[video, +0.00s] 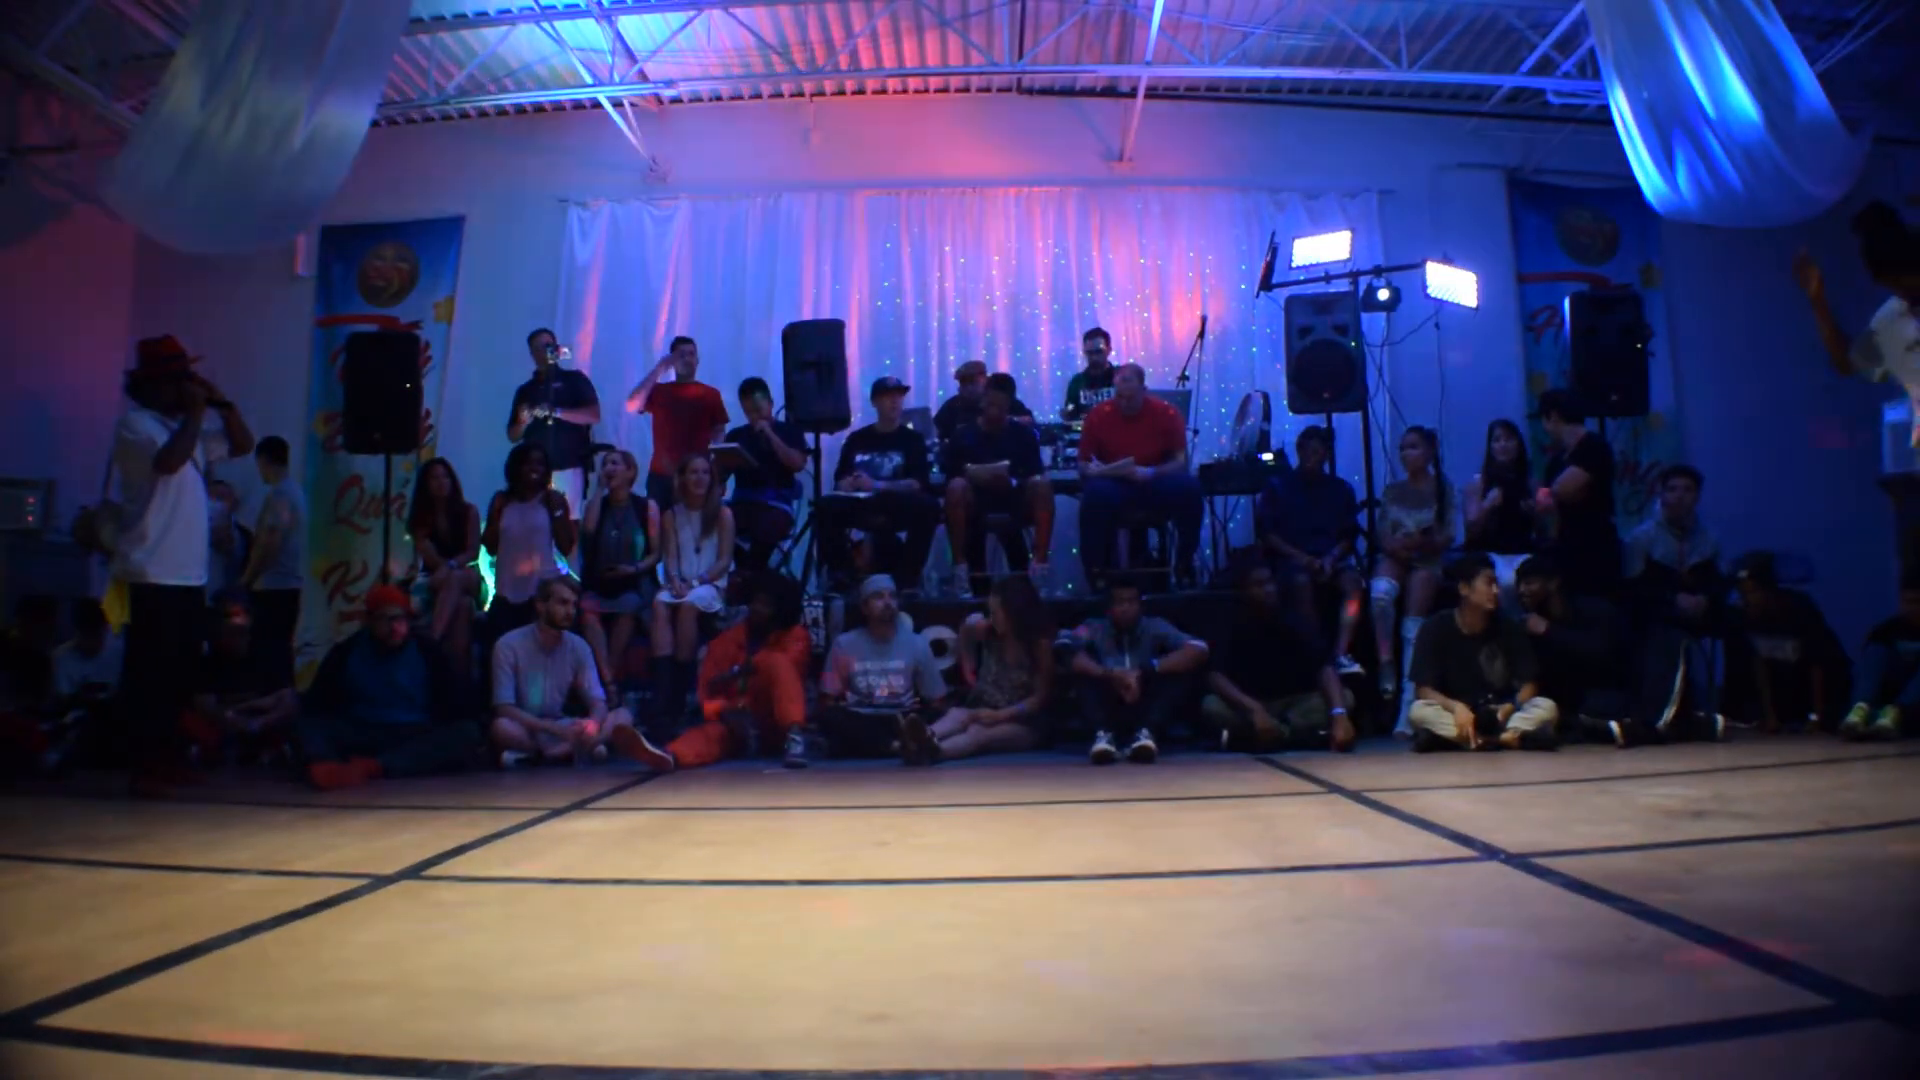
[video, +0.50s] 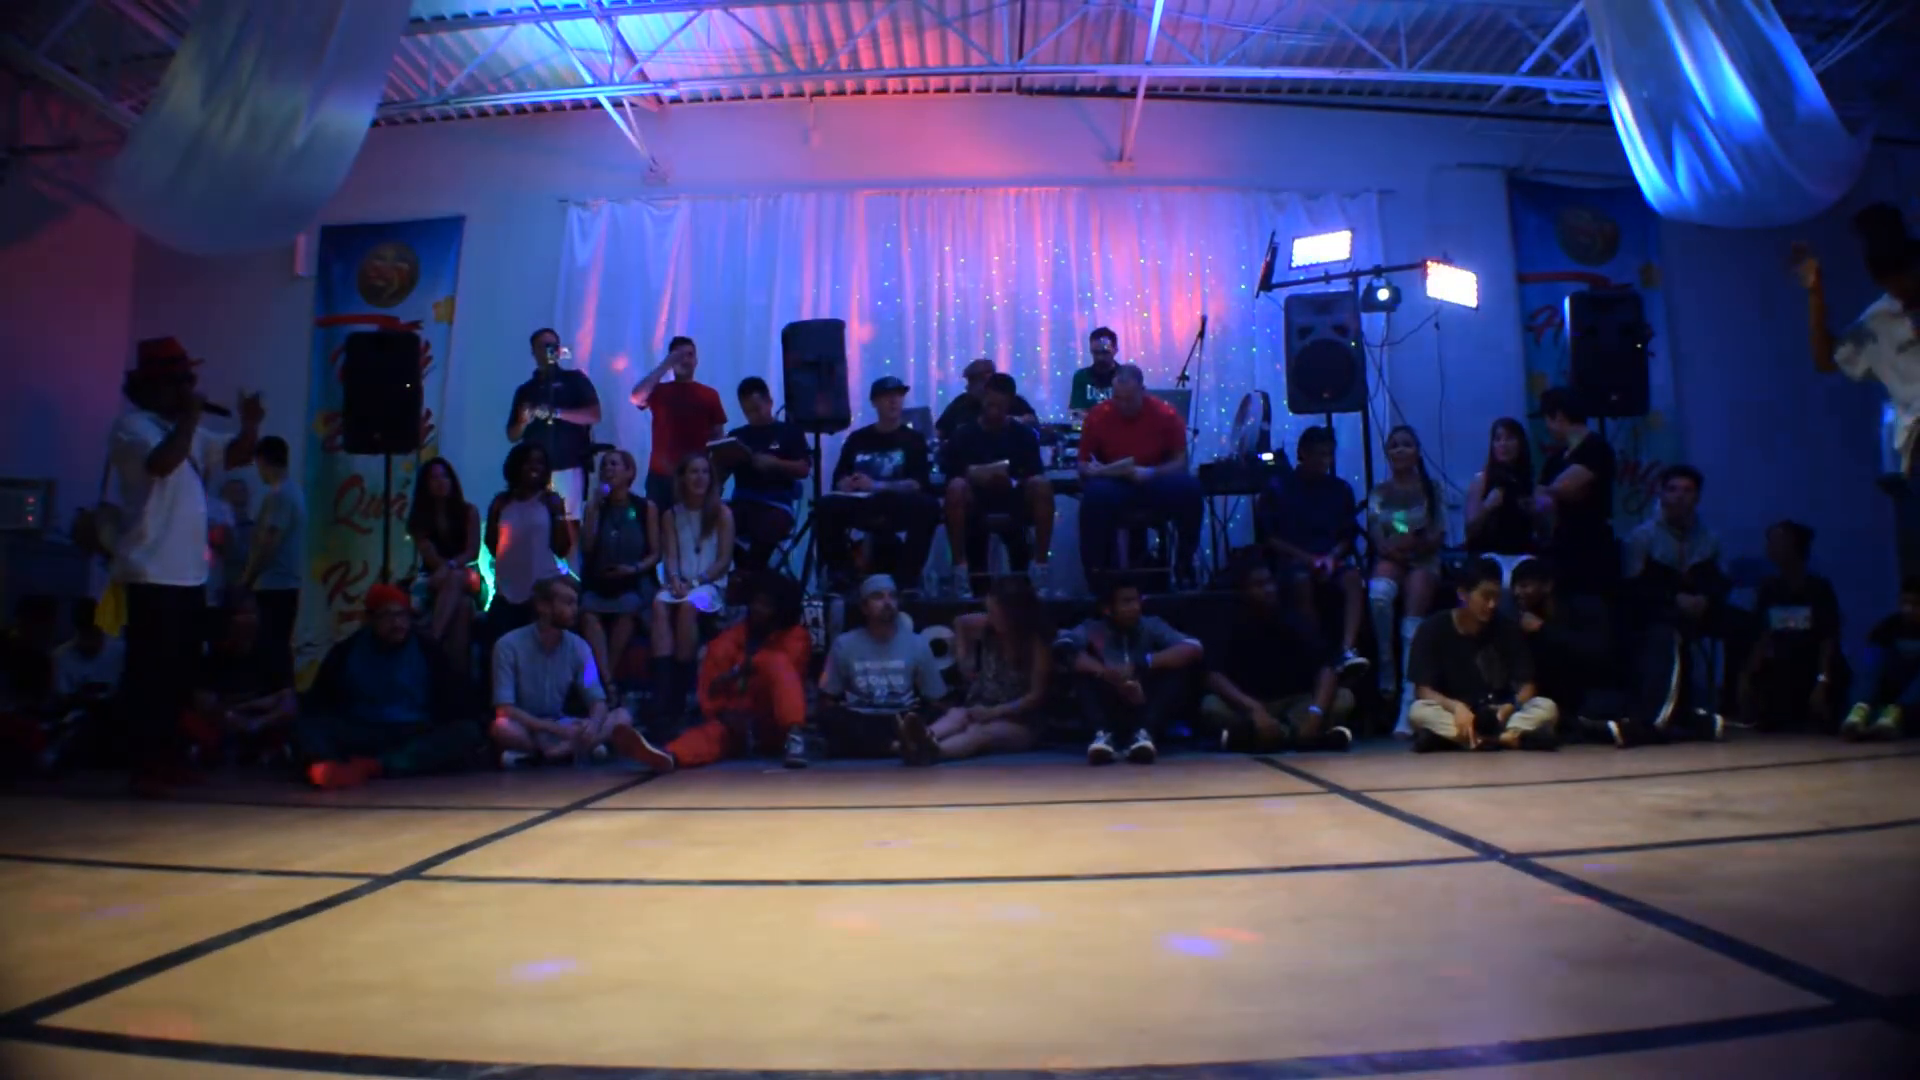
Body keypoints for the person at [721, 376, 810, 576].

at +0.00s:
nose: (755, 416)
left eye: (759, 409)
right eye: (750, 411)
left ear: (770, 405)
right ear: (744, 409)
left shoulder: (789, 432)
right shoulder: (736, 436)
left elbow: (798, 463)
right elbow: (721, 477)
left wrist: (770, 435)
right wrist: (722, 459)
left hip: (777, 499)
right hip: (744, 499)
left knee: (769, 529)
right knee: (721, 523)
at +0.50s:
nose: (754, 414)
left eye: (757, 407)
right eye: (748, 410)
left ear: (769, 403)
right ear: (742, 409)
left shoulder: (790, 432)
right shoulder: (737, 435)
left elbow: (803, 468)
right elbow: (719, 478)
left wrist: (773, 463)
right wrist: (723, 459)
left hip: (777, 502)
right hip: (743, 501)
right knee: (721, 524)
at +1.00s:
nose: (755, 415)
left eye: (760, 408)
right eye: (750, 410)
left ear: (772, 404)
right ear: (744, 409)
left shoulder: (790, 433)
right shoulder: (737, 436)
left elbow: (802, 467)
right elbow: (719, 471)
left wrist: (770, 458)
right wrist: (727, 456)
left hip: (777, 501)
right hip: (743, 500)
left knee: (767, 529)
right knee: (722, 524)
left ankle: (753, 574)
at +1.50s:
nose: (755, 415)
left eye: (760, 408)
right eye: (750, 410)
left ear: (772, 404)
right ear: (744, 407)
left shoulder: (790, 433)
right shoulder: (736, 435)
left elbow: (802, 468)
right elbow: (718, 474)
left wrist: (772, 459)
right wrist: (736, 458)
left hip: (776, 502)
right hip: (742, 500)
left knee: (764, 535)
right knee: (722, 527)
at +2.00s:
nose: (757, 415)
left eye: (763, 409)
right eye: (752, 409)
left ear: (774, 405)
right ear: (746, 407)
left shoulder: (790, 433)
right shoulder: (736, 435)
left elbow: (804, 468)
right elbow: (718, 474)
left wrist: (773, 460)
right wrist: (741, 459)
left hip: (778, 502)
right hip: (743, 501)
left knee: (763, 535)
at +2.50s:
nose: (758, 414)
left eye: (763, 408)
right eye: (753, 408)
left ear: (775, 404)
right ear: (747, 407)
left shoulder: (790, 433)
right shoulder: (737, 435)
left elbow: (804, 468)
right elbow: (719, 476)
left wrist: (776, 459)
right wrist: (732, 459)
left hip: (777, 502)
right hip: (744, 501)